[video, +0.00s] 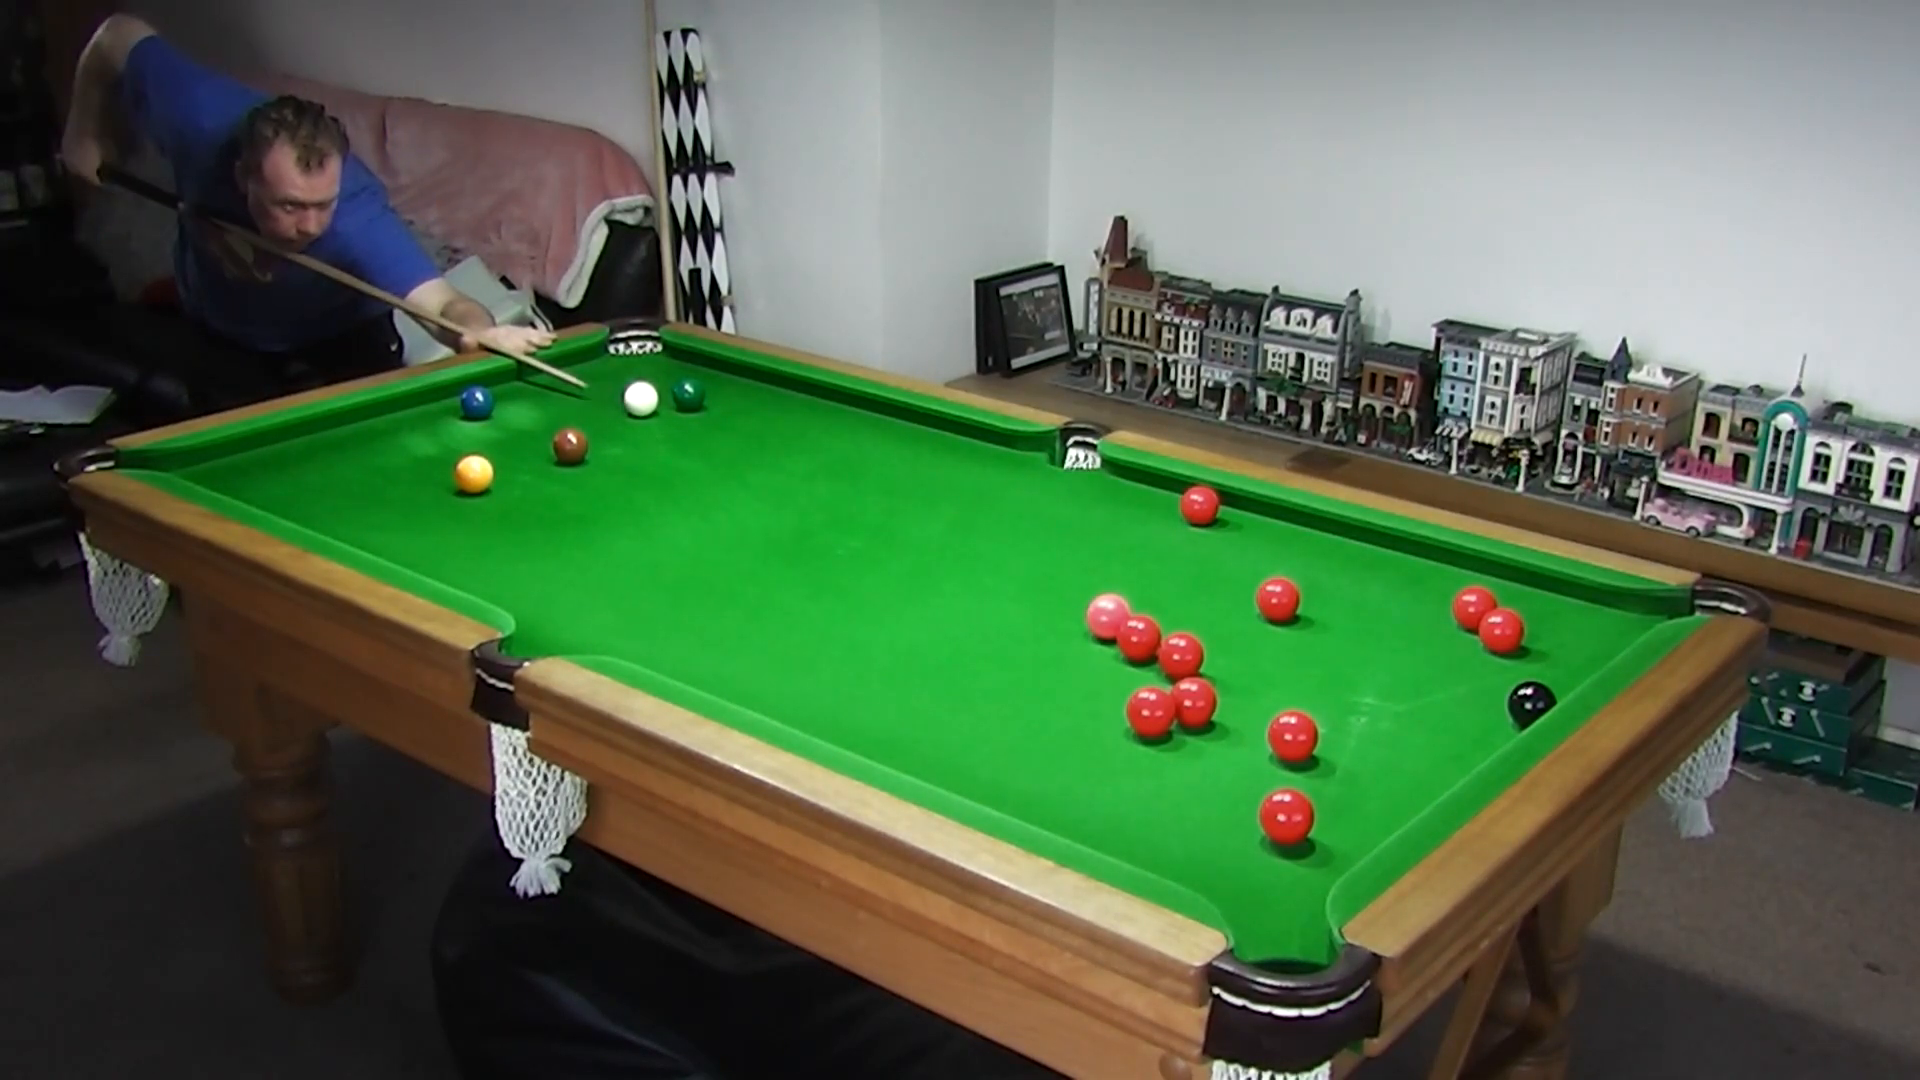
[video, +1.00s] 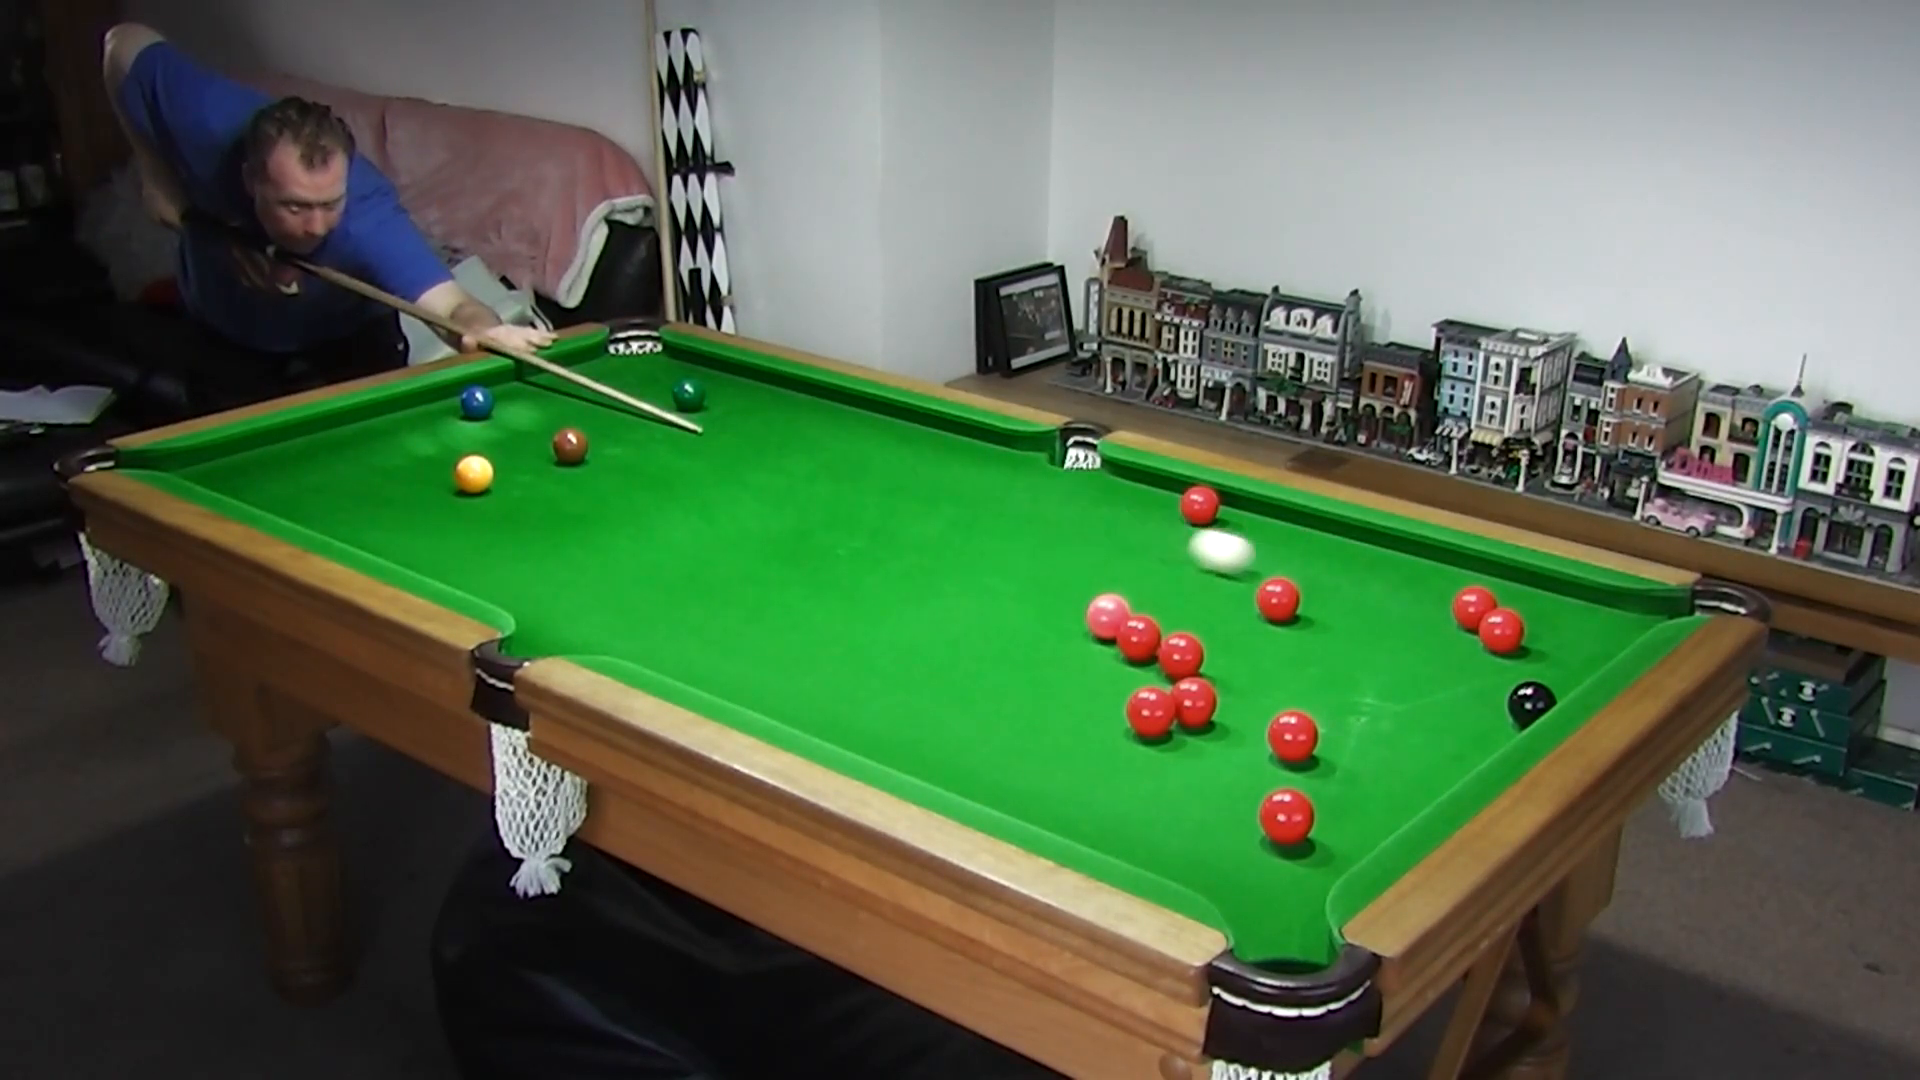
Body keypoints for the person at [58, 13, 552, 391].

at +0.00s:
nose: (311, 225)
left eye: (324, 206)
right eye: (291, 208)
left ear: (339, 181)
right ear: (244, 176)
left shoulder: (358, 211)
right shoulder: (202, 123)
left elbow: (437, 302)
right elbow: (114, 34)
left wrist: (486, 332)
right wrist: (83, 132)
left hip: (342, 323)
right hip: (224, 314)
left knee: (379, 452)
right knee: (233, 454)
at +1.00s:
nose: (318, 226)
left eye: (331, 205)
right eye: (296, 207)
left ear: (346, 182)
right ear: (251, 181)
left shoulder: (369, 213)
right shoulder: (211, 129)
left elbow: (448, 304)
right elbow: (121, 43)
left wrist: (488, 330)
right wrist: (157, 178)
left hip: (347, 325)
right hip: (228, 314)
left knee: (358, 463)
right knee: (233, 457)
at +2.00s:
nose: (229, 87)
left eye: (243, 62)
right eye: (205, 68)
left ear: (264, 56)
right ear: (166, 68)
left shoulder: (300, 125)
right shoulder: (116, 91)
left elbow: (403, 240)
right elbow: (35, 124)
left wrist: (474, 324)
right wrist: (93, 234)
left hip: (296, 327)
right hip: (166, 330)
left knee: (349, 465)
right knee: (194, 490)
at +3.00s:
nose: (54, 6)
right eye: (36, 1)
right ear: (14, 6)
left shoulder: (178, 52)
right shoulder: (5, 79)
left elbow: (277, 174)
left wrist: (334, 274)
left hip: (184, 402)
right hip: (35, 413)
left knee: (206, 603)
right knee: (24, 635)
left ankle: (214, 737)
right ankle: (12, 819)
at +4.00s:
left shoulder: (3, 99)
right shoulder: (11, 102)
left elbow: (57, 232)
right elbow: (60, 235)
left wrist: (96, 332)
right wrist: (92, 332)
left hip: (3, 517)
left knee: (8, 741)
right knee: (4, 749)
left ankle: (9, 961)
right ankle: (8, 965)